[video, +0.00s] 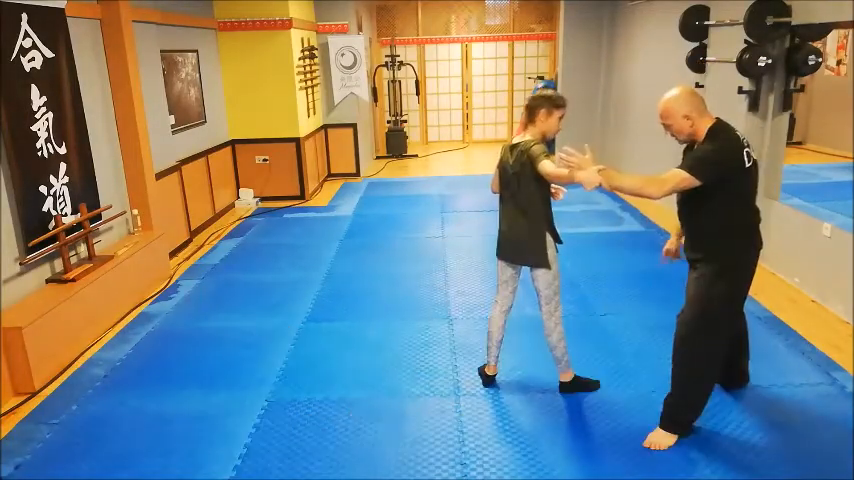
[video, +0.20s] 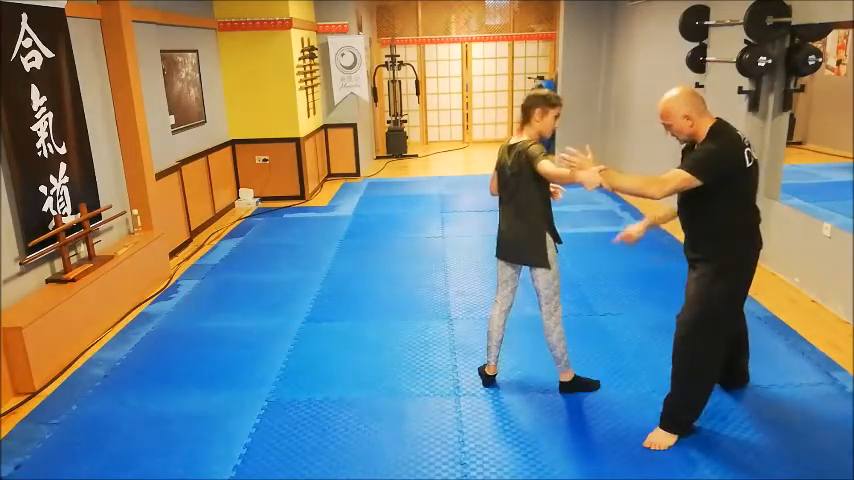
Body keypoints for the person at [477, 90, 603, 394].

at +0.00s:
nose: (560, 126)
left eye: (561, 119)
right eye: (558, 119)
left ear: (532, 117)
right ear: (541, 116)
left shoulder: (510, 147)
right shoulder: (535, 147)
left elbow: (497, 187)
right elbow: (549, 171)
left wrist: (542, 189)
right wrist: (580, 175)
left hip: (508, 236)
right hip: (538, 237)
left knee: (502, 301)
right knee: (551, 307)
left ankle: (490, 368)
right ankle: (566, 376)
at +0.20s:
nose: (556, 124)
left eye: (557, 117)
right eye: (553, 117)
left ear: (531, 116)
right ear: (537, 115)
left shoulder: (506, 148)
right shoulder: (533, 149)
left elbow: (495, 188)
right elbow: (549, 172)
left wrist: (540, 188)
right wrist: (582, 174)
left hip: (508, 237)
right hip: (538, 238)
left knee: (502, 301)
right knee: (551, 308)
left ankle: (490, 368)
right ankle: (566, 376)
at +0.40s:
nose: (554, 125)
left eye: (555, 118)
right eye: (551, 118)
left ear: (530, 116)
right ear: (534, 116)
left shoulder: (504, 149)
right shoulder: (531, 150)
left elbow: (494, 188)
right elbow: (550, 172)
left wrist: (539, 189)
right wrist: (583, 173)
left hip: (507, 237)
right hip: (537, 238)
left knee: (502, 301)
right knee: (550, 307)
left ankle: (490, 368)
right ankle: (566, 376)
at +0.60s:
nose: (552, 126)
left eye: (553, 120)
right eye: (550, 119)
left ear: (529, 117)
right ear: (533, 116)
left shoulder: (502, 149)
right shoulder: (528, 150)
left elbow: (491, 189)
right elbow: (547, 174)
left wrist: (536, 190)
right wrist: (581, 173)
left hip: (506, 238)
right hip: (536, 238)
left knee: (501, 301)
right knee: (551, 306)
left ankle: (490, 368)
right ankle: (566, 375)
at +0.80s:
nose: (551, 130)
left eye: (553, 124)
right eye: (550, 123)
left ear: (529, 119)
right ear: (533, 119)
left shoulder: (501, 148)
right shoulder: (526, 148)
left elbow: (490, 188)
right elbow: (543, 173)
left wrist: (535, 190)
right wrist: (578, 177)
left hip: (502, 238)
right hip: (531, 239)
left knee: (500, 300)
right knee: (554, 303)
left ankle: (489, 369)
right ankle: (566, 375)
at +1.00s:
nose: (556, 133)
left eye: (558, 127)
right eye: (555, 126)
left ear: (532, 122)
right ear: (537, 121)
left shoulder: (508, 147)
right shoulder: (529, 149)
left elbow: (519, 179)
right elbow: (540, 172)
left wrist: (547, 181)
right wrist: (568, 180)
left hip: (500, 234)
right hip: (527, 236)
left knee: (499, 301)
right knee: (554, 300)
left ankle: (489, 369)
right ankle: (565, 372)